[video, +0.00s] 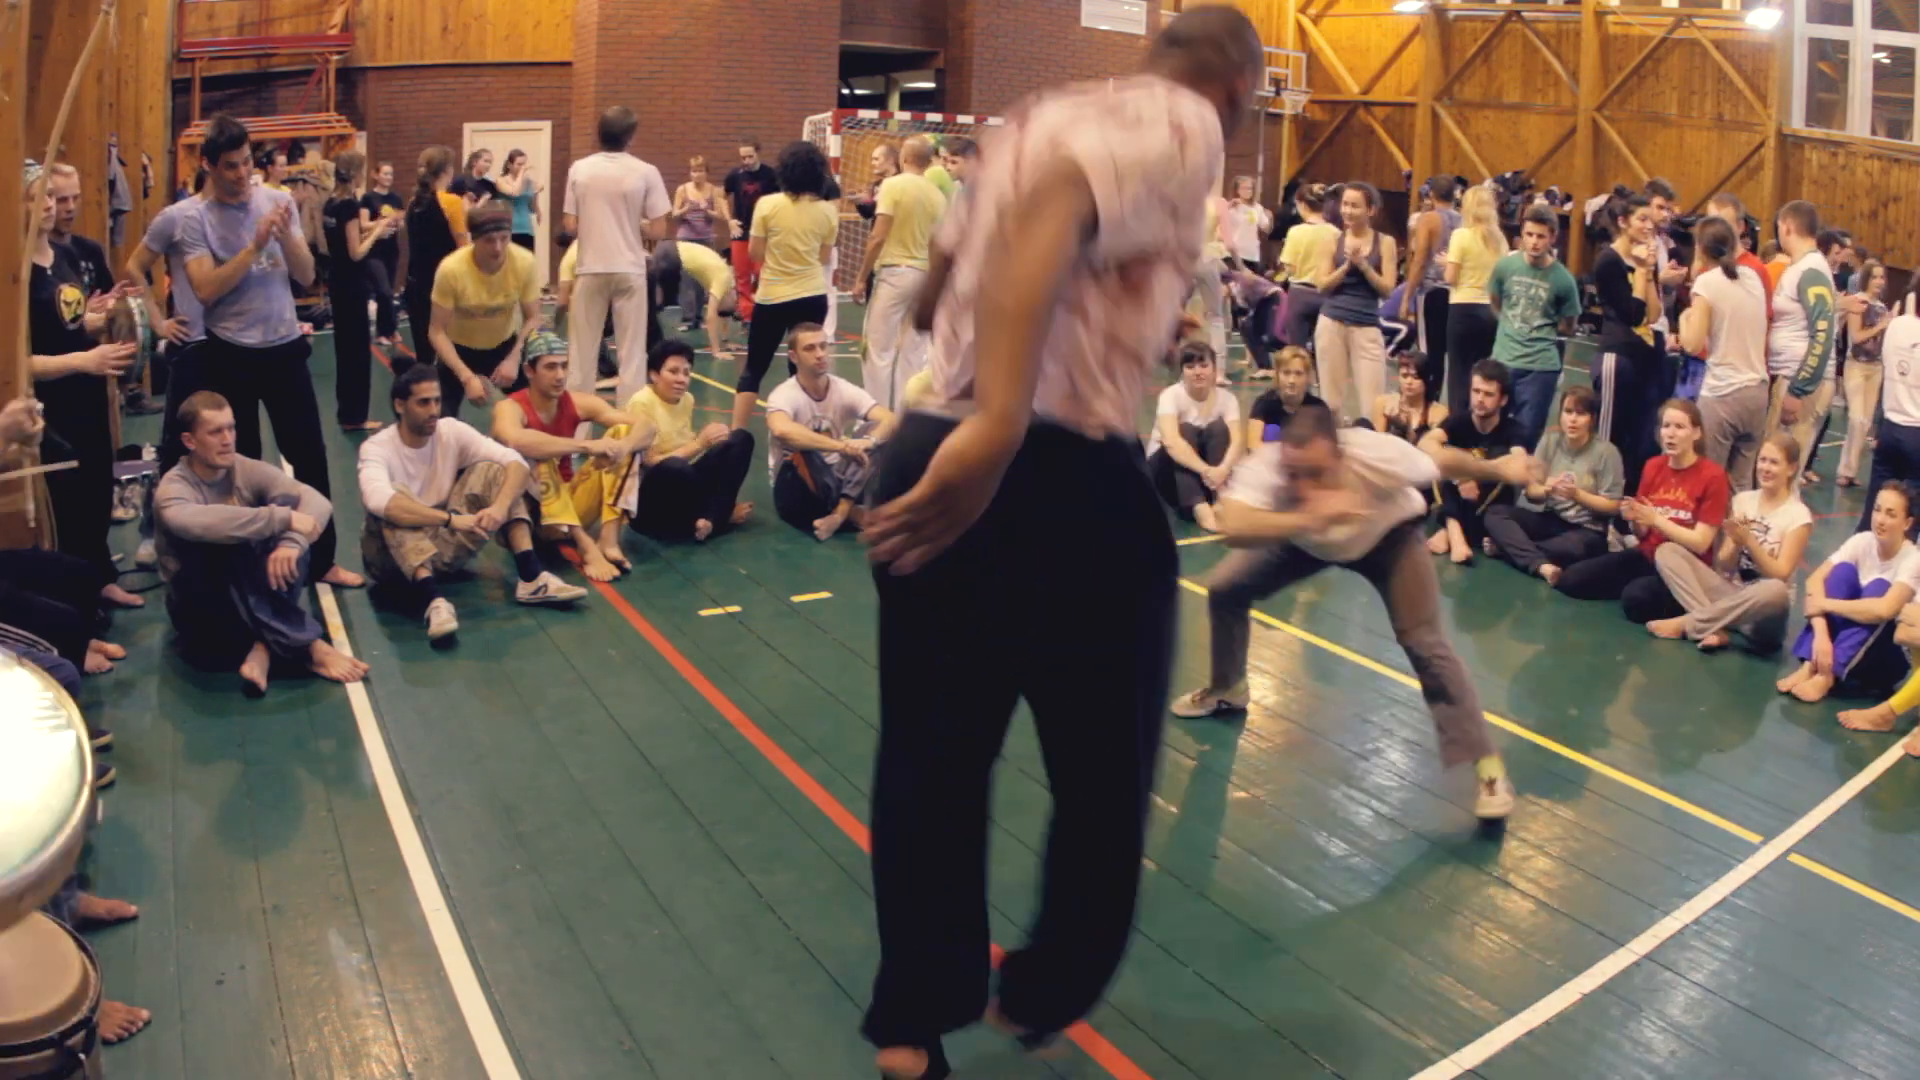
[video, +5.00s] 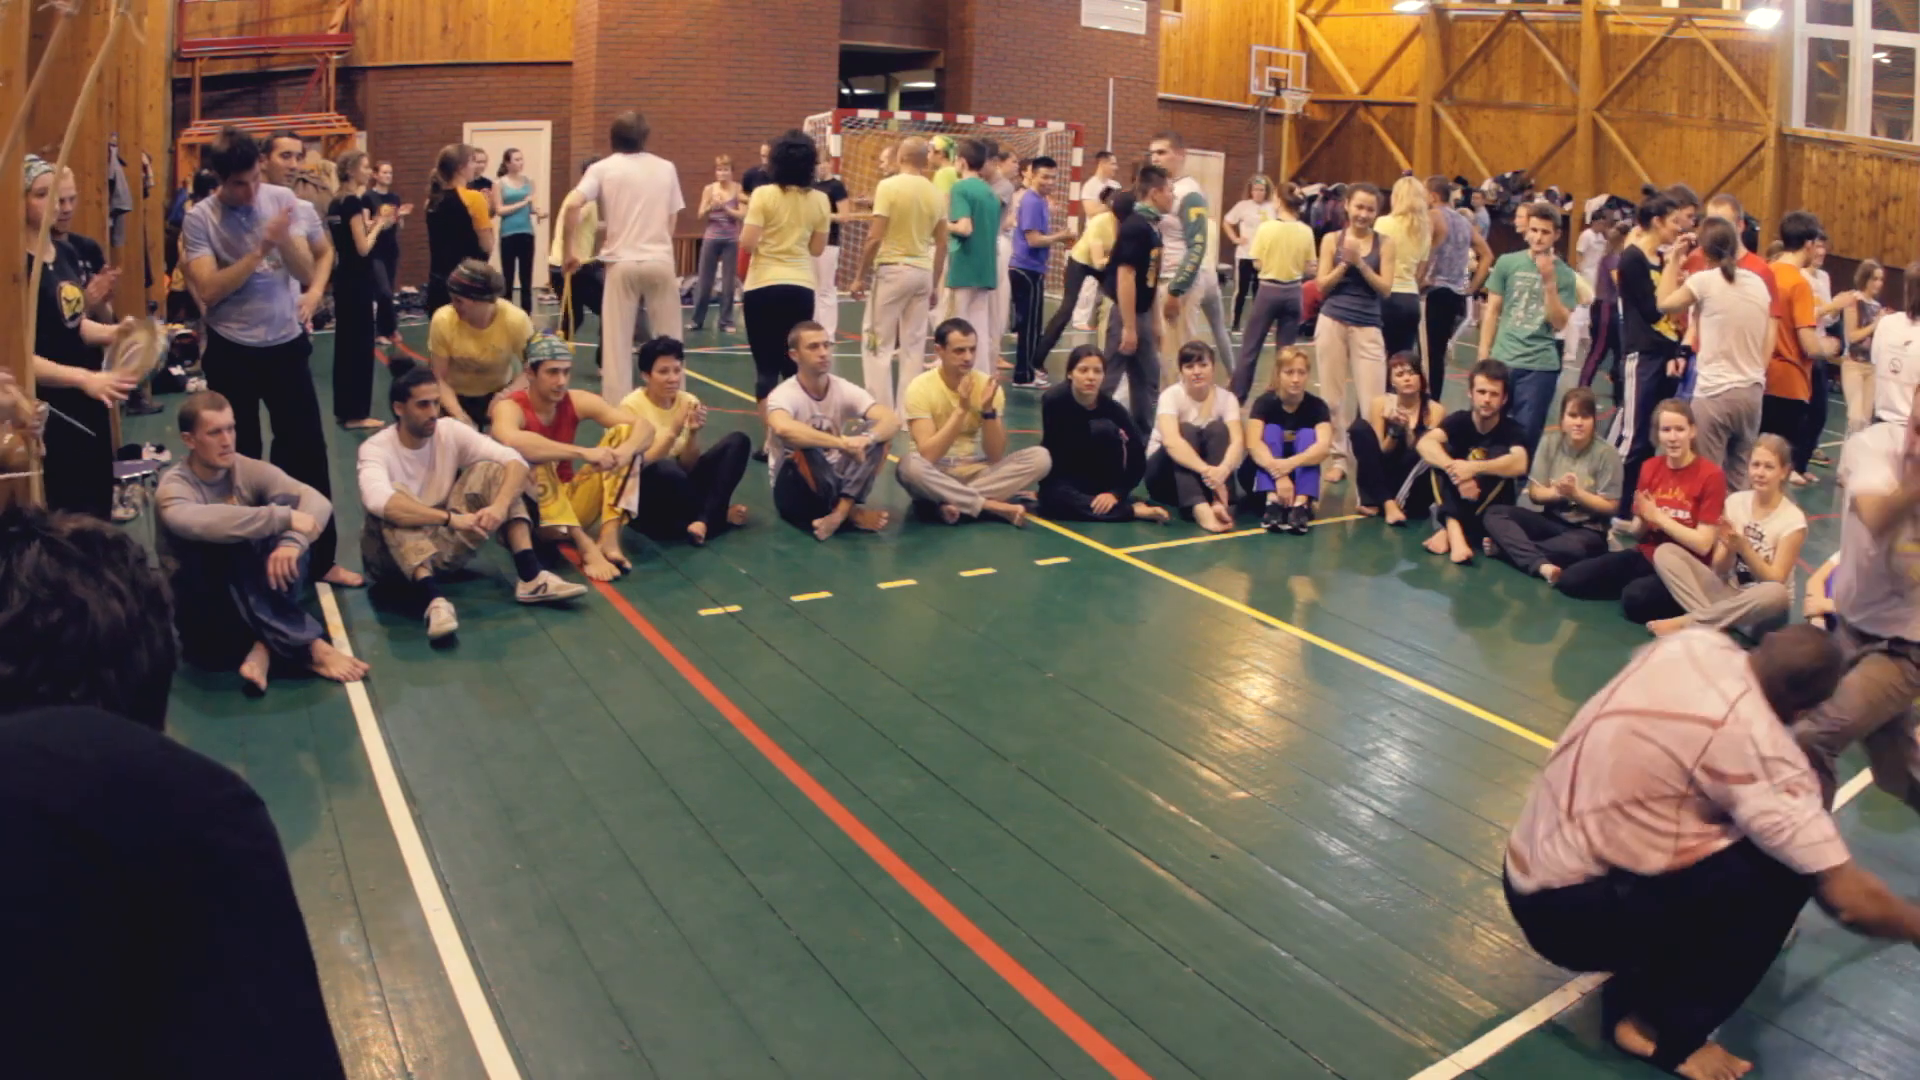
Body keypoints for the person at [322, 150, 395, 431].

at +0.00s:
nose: (369, 177)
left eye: (369, 171)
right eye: (367, 171)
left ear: (340, 171)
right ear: (357, 174)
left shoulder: (330, 205)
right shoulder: (349, 207)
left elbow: (344, 243)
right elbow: (356, 251)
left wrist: (373, 230)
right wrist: (376, 232)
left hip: (338, 279)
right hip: (353, 282)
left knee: (347, 343)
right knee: (358, 346)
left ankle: (347, 411)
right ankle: (355, 416)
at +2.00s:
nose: (368, 175)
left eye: (366, 169)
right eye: (365, 169)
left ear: (340, 171)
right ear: (356, 172)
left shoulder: (332, 203)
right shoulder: (350, 203)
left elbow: (346, 243)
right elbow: (359, 246)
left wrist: (375, 226)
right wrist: (376, 226)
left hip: (340, 280)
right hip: (356, 282)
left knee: (346, 342)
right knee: (359, 344)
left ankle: (344, 409)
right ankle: (354, 413)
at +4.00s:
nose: (369, 174)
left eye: (368, 169)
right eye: (367, 169)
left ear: (343, 172)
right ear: (357, 172)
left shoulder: (333, 202)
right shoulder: (355, 203)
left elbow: (339, 246)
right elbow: (363, 247)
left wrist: (368, 226)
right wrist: (378, 228)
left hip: (341, 279)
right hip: (358, 281)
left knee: (347, 342)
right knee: (360, 344)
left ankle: (345, 411)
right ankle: (356, 414)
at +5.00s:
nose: (371, 172)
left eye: (370, 168)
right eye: (366, 168)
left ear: (349, 171)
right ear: (352, 171)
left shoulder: (336, 203)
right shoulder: (354, 203)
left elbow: (344, 245)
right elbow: (363, 247)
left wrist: (371, 225)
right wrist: (377, 226)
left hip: (343, 279)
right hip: (358, 282)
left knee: (347, 342)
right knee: (360, 344)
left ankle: (346, 410)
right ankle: (356, 414)